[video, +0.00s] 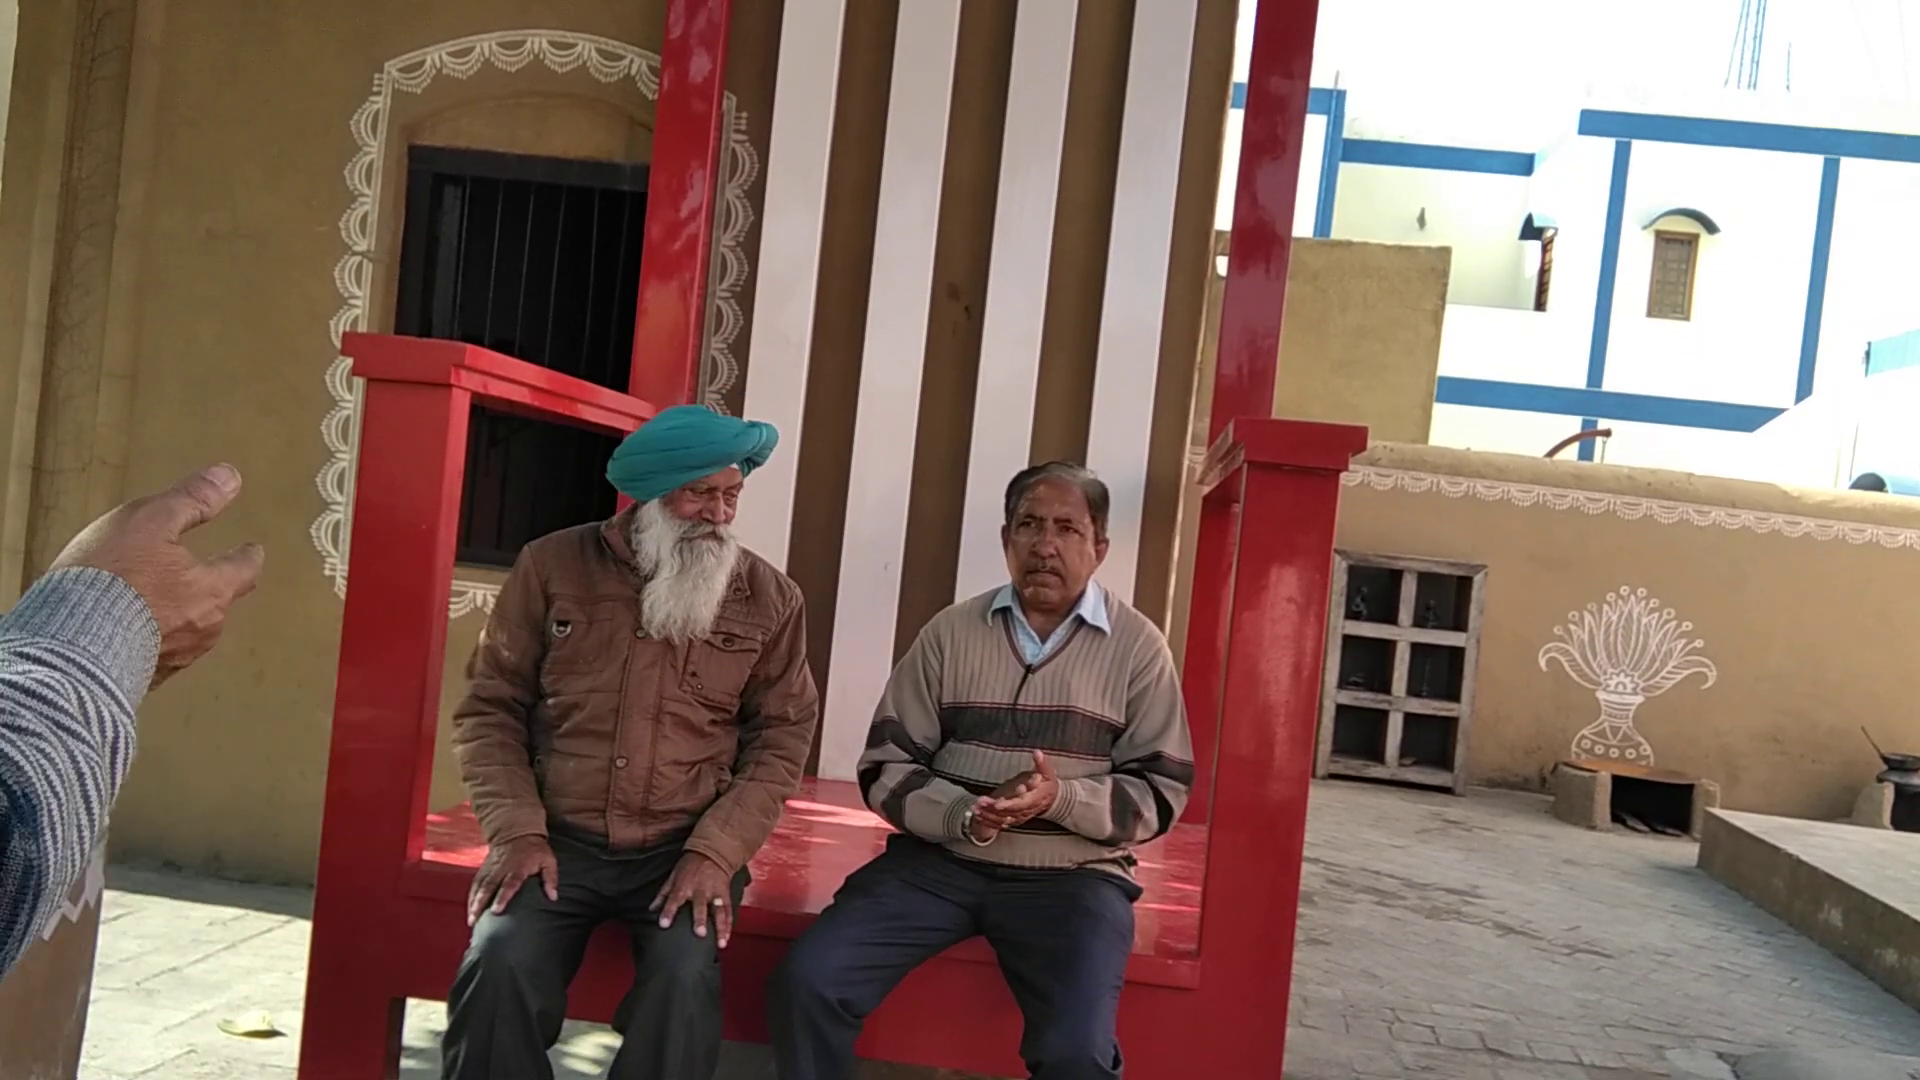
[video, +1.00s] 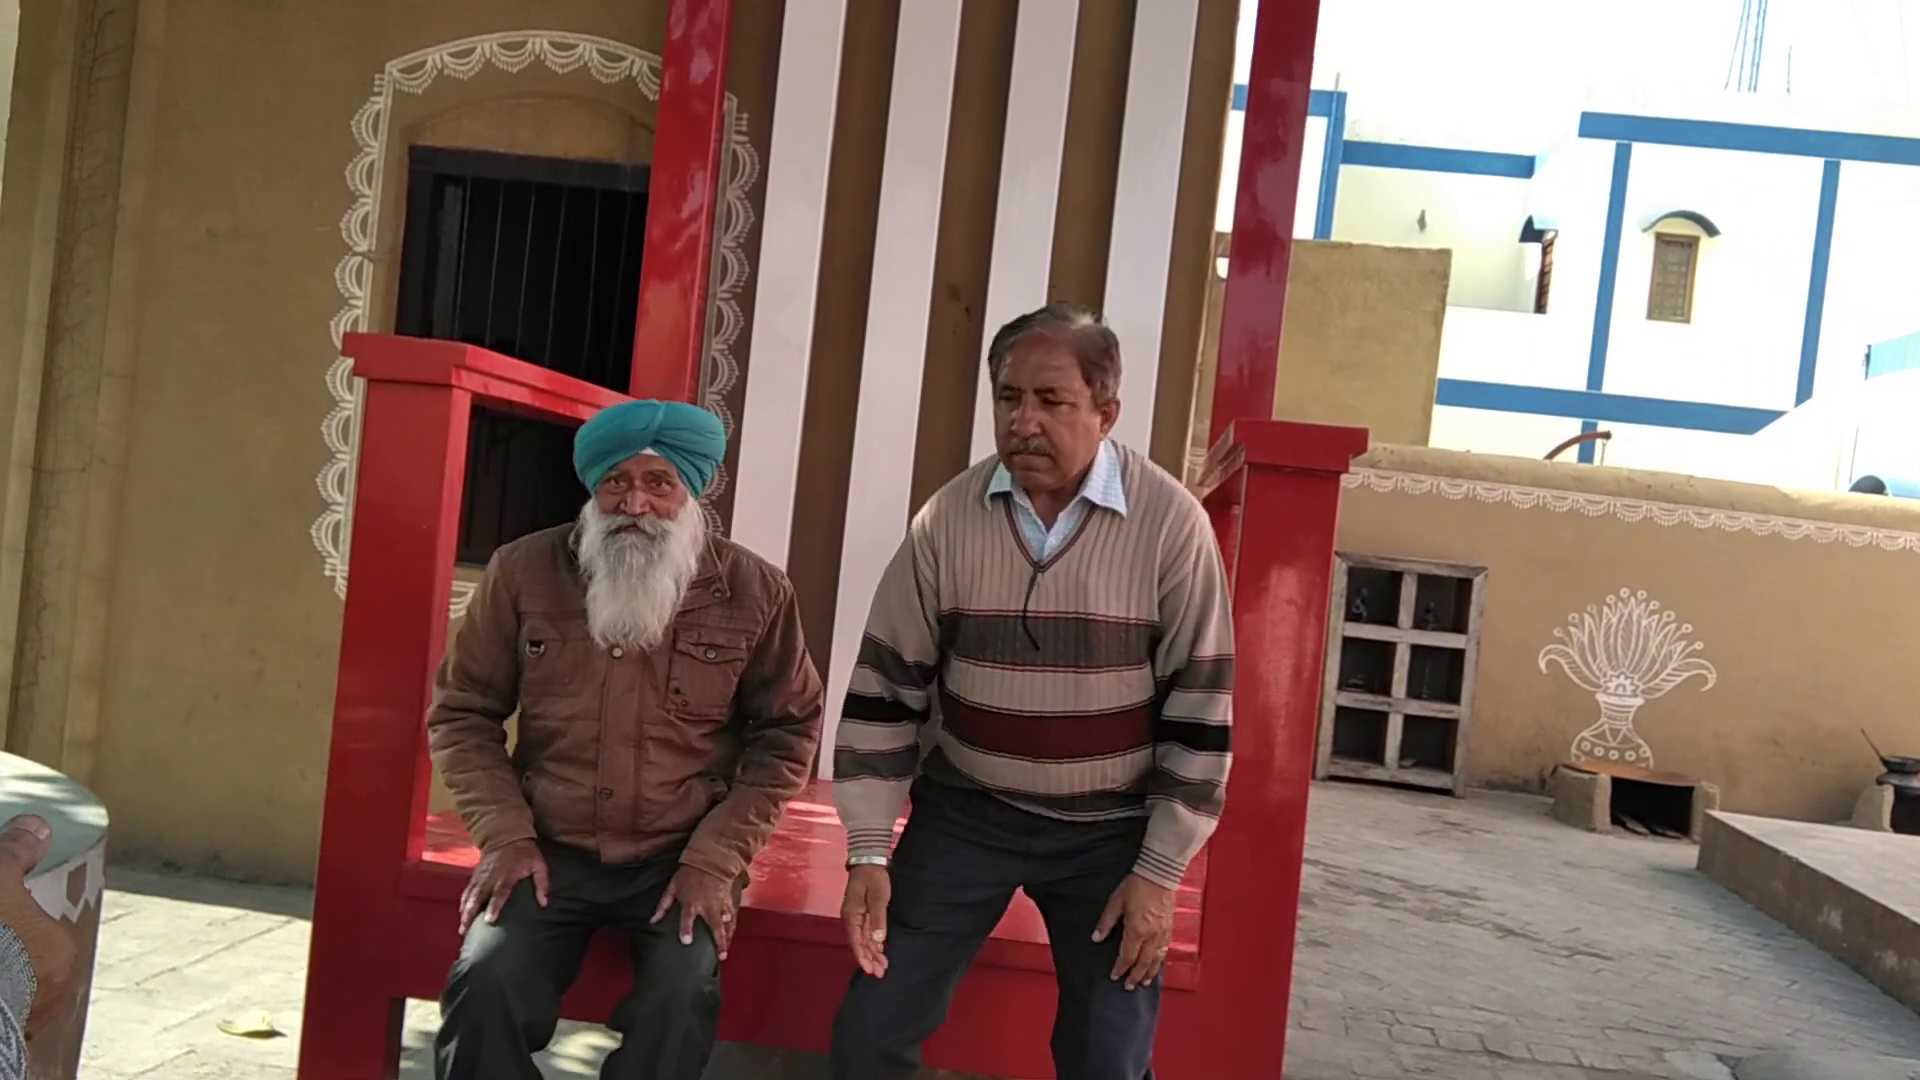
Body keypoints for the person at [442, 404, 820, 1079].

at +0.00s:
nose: (718, 513)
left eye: (731, 495)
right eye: (700, 494)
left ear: (742, 495)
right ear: (647, 492)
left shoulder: (769, 600)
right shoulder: (551, 568)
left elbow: (782, 740)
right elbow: (490, 707)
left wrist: (716, 851)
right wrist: (516, 827)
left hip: (685, 860)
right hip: (557, 848)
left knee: (684, 973)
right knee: (499, 961)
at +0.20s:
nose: (708, 504)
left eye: (723, 487)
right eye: (688, 483)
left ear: (737, 497)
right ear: (641, 488)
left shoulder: (769, 600)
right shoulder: (553, 567)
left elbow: (780, 743)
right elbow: (491, 706)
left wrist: (715, 853)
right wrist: (516, 827)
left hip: (684, 860)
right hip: (557, 848)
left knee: (685, 972)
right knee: (499, 961)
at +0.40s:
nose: (691, 495)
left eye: (710, 480)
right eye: (672, 476)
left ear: (730, 498)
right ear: (634, 488)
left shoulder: (771, 601)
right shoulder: (558, 566)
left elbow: (779, 742)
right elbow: (497, 701)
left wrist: (714, 852)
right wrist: (514, 824)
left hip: (684, 859)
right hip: (557, 846)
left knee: (685, 972)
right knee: (495, 960)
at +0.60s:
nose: (684, 495)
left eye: (705, 480)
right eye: (666, 477)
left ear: (729, 497)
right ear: (634, 487)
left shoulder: (772, 600)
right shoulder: (561, 563)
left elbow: (782, 734)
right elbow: (498, 693)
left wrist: (717, 842)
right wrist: (513, 816)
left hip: (684, 855)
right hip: (555, 840)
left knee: (686, 971)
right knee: (487, 956)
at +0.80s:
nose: (668, 495)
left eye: (691, 478)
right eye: (651, 475)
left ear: (721, 495)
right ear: (623, 484)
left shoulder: (770, 596)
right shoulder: (552, 563)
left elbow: (783, 736)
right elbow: (491, 701)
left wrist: (724, 848)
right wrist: (514, 823)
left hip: (686, 858)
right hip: (557, 845)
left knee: (689, 975)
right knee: (492, 969)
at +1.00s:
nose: (634, 502)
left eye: (658, 484)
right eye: (616, 482)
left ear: (696, 497)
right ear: (591, 490)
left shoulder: (757, 596)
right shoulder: (524, 571)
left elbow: (788, 733)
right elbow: (463, 711)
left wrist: (716, 857)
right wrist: (503, 832)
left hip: (679, 867)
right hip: (546, 856)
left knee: (683, 988)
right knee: (487, 978)